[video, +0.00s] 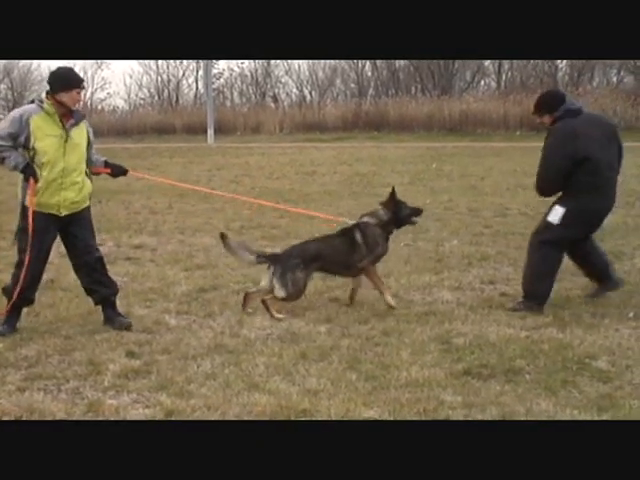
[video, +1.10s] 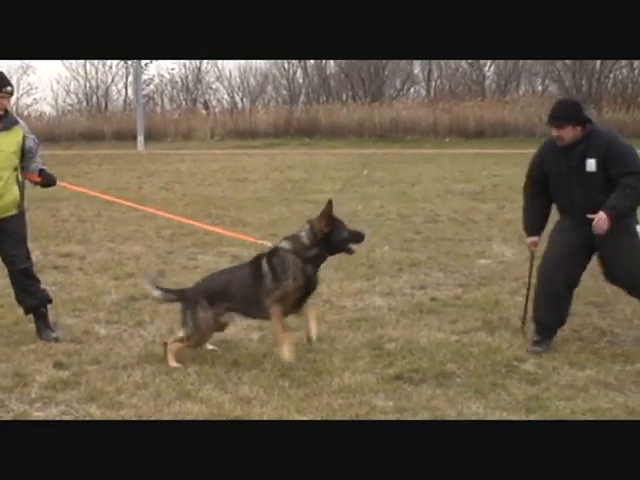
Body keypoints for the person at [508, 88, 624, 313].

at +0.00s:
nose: (541, 122)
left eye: (541, 117)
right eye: (539, 117)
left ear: (552, 113)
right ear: (564, 106)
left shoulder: (561, 133)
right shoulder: (602, 124)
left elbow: (546, 186)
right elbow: (615, 161)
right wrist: (600, 178)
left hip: (577, 201)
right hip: (603, 199)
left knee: (543, 241)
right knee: (575, 239)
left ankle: (533, 301)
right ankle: (607, 280)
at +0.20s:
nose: (537, 116)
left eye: (540, 111)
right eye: (536, 111)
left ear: (554, 109)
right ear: (553, 111)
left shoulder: (579, 126)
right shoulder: (562, 128)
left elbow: (584, 163)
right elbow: (569, 164)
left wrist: (555, 187)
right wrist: (562, 189)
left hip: (593, 194)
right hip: (579, 193)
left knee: (562, 238)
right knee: (569, 237)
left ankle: (547, 294)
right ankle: (575, 284)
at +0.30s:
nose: (530, 108)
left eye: (535, 103)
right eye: (529, 103)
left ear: (549, 102)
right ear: (536, 103)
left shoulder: (578, 124)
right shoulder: (541, 127)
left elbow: (587, 160)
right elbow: (541, 163)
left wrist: (566, 188)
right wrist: (543, 193)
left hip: (587, 191)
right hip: (563, 191)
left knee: (568, 237)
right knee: (553, 236)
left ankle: (567, 294)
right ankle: (558, 285)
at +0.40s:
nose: (534, 110)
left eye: (539, 105)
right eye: (533, 104)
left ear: (552, 107)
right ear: (532, 106)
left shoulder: (576, 129)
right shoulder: (534, 132)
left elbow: (597, 164)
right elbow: (530, 164)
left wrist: (594, 201)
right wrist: (531, 192)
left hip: (578, 194)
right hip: (552, 194)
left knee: (578, 241)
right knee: (541, 237)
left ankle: (599, 297)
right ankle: (549, 286)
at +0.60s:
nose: (568, 119)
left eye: (575, 115)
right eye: (565, 113)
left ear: (587, 119)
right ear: (560, 115)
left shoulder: (600, 143)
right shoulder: (544, 136)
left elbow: (618, 181)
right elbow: (521, 157)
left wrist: (620, 217)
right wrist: (511, 188)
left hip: (585, 210)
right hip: (549, 207)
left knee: (595, 255)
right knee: (536, 248)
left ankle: (623, 304)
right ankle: (538, 287)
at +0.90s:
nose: (558, 116)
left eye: (563, 112)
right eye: (557, 111)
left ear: (580, 113)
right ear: (557, 111)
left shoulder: (606, 134)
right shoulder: (547, 133)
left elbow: (627, 170)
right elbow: (531, 157)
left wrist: (593, 191)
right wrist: (528, 192)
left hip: (602, 205)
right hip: (561, 202)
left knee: (612, 254)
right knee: (552, 254)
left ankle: (614, 307)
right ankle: (542, 311)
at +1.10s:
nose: (555, 134)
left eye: (561, 128)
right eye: (553, 128)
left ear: (578, 126)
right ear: (551, 126)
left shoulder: (607, 144)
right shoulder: (548, 153)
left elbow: (633, 179)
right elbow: (536, 191)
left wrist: (610, 213)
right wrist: (533, 230)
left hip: (614, 223)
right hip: (573, 224)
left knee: (626, 273)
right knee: (553, 272)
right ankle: (544, 332)